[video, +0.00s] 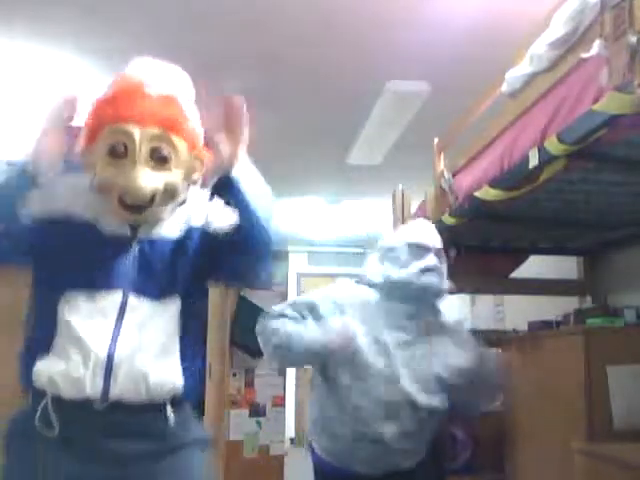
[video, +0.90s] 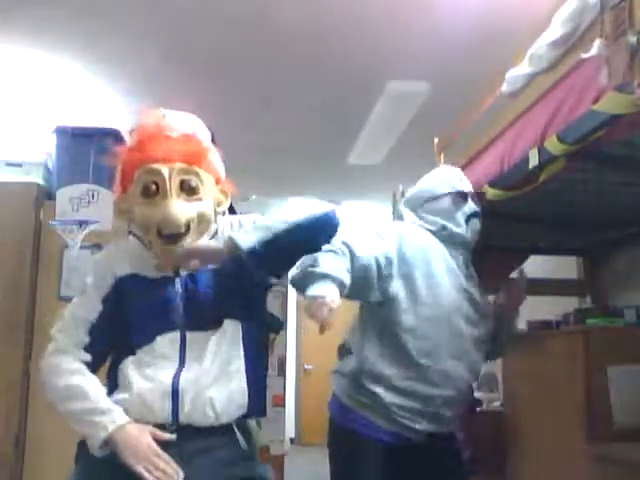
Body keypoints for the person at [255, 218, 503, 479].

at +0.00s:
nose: (426, 262)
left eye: (434, 254)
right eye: (413, 252)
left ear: (443, 263)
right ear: (387, 257)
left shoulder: (448, 332)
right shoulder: (346, 302)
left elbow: (480, 398)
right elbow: (270, 330)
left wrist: (470, 372)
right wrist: (323, 340)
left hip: (413, 465)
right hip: (340, 464)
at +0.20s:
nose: (440, 261)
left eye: (445, 253)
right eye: (426, 252)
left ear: (453, 264)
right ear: (400, 263)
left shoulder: (448, 331)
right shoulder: (350, 313)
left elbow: (471, 414)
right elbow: (288, 353)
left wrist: (480, 384)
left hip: (412, 466)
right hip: (341, 467)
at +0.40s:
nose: (439, 248)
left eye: (447, 237)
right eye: (428, 237)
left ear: (457, 243)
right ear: (406, 244)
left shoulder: (458, 308)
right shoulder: (374, 287)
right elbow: (304, 330)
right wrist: (354, 388)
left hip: (421, 455)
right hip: (351, 457)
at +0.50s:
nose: (437, 226)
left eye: (446, 215)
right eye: (426, 214)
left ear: (461, 224)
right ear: (405, 221)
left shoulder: (467, 295)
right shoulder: (374, 273)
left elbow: (491, 376)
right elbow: (307, 305)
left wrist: (504, 331)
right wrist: (353, 377)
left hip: (427, 449)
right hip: (356, 447)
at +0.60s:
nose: (447, 215)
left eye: (452, 206)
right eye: (433, 205)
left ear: (462, 217)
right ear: (409, 214)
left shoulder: (472, 289)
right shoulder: (375, 263)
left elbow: (497, 362)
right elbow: (311, 287)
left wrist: (512, 327)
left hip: (432, 443)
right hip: (359, 440)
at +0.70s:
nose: (455, 208)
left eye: (459, 198)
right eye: (443, 198)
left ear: (465, 209)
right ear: (415, 205)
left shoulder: (473, 281)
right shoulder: (389, 250)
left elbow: (495, 348)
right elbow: (310, 252)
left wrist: (511, 326)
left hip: (436, 439)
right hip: (366, 432)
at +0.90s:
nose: (466, 207)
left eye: (467, 199)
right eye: (456, 197)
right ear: (434, 202)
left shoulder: (472, 275)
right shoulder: (405, 239)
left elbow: (487, 348)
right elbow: (344, 251)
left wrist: (506, 311)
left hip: (435, 434)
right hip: (370, 428)